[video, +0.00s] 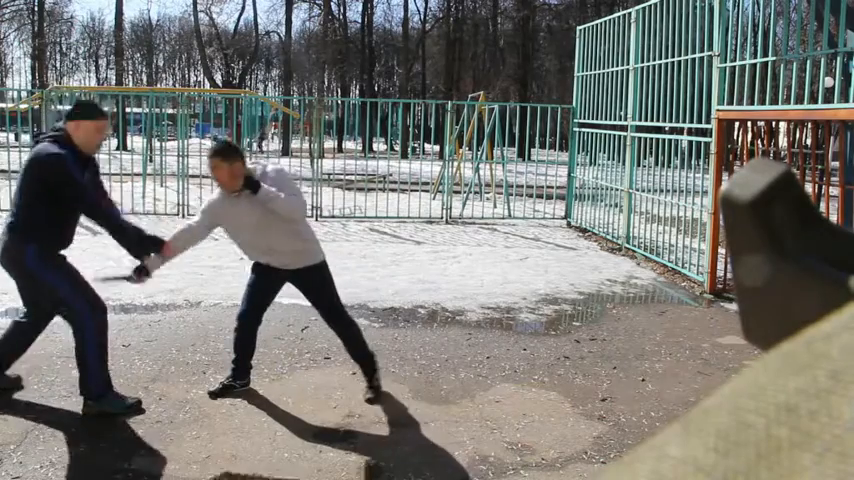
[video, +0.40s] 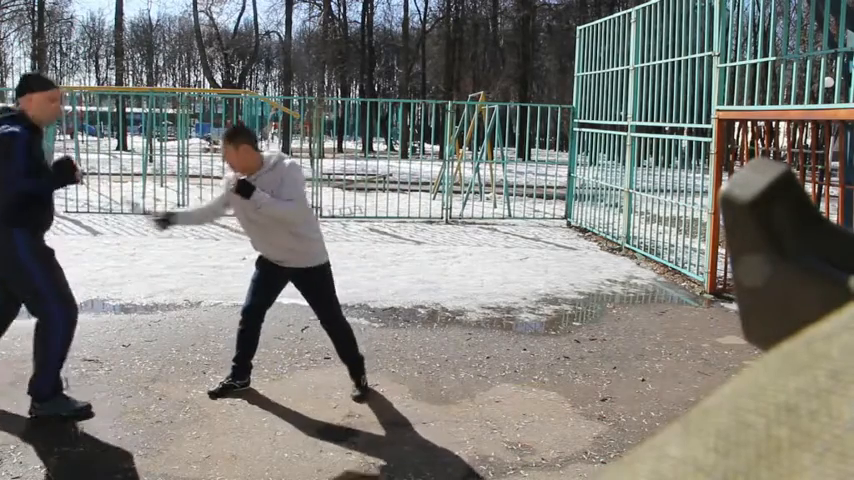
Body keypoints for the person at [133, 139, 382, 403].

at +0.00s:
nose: (216, 176)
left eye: (220, 168)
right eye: (213, 170)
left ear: (239, 166)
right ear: (214, 173)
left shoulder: (274, 177)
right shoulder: (218, 207)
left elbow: (299, 210)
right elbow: (189, 235)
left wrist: (259, 191)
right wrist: (152, 261)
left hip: (306, 261)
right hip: (267, 265)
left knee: (336, 317)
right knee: (247, 319)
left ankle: (370, 371)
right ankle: (239, 377)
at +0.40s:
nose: (225, 159)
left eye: (228, 153)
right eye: (225, 153)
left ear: (245, 149)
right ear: (241, 151)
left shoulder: (288, 170)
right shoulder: (234, 183)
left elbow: (297, 212)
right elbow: (210, 211)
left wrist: (256, 196)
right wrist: (173, 218)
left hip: (309, 260)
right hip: (272, 260)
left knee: (333, 320)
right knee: (250, 316)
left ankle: (358, 373)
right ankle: (239, 376)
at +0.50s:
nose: (240, 155)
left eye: (242, 149)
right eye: (239, 150)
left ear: (260, 145)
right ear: (256, 146)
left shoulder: (300, 170)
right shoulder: (258, 178)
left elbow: (306, 215)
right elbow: (249, 218)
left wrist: (264, 198)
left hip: (314, 264)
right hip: (278, 262)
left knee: (334, 323)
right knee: (255, 314)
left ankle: (358, 375)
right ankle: (240, 376)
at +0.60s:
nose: (253, 152)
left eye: (256, 146)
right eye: (253, 147)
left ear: (274, 144)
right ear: (272, 145)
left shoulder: (311, 171)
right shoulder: (277, 176)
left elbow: (309, 217)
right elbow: (281, 219)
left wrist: (270, 194)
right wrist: (253, 225)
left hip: (318, 267)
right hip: (283, 263)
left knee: (335, 327)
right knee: (256, 314)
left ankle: (359, 376)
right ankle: (240, 376)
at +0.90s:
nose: (252, 158)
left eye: (254, 152)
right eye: (251, 152)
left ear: (272, 150)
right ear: (267, 151)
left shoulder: (309, 176)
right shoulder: (258, 181)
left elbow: (309, 220)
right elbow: (246, 217)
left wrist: (271, 192)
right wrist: (235, 249)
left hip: (305, 272)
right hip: (268, 268)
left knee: (330, 331)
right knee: (230, 314)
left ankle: (358, 377)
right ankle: (211, 374)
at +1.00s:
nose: (229, 156)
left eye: (232, 149)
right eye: (228, 150)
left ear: (248, 148)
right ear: (242, 150)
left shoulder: (288, 172)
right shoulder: (233, 183)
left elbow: (294, 211)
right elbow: (200, 205)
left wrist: (257, 183)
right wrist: (175, 234)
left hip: (292, 269)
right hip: (253, 266)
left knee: (322, 326)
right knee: (219, 316)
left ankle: (356, 375)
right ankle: (200, 373)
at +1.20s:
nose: (180, 167)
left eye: (183, 160)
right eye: (179, 161)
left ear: (204, 158)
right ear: (191, 161)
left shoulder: (243, 178)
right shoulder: (183, 195)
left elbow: (259, 212)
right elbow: (155, 220)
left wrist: (220, 194)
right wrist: (124, 239)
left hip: (267, 262)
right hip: (229, 265)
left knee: (300, 317)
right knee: (203, 314)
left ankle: (339, 363)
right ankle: (198, 375)